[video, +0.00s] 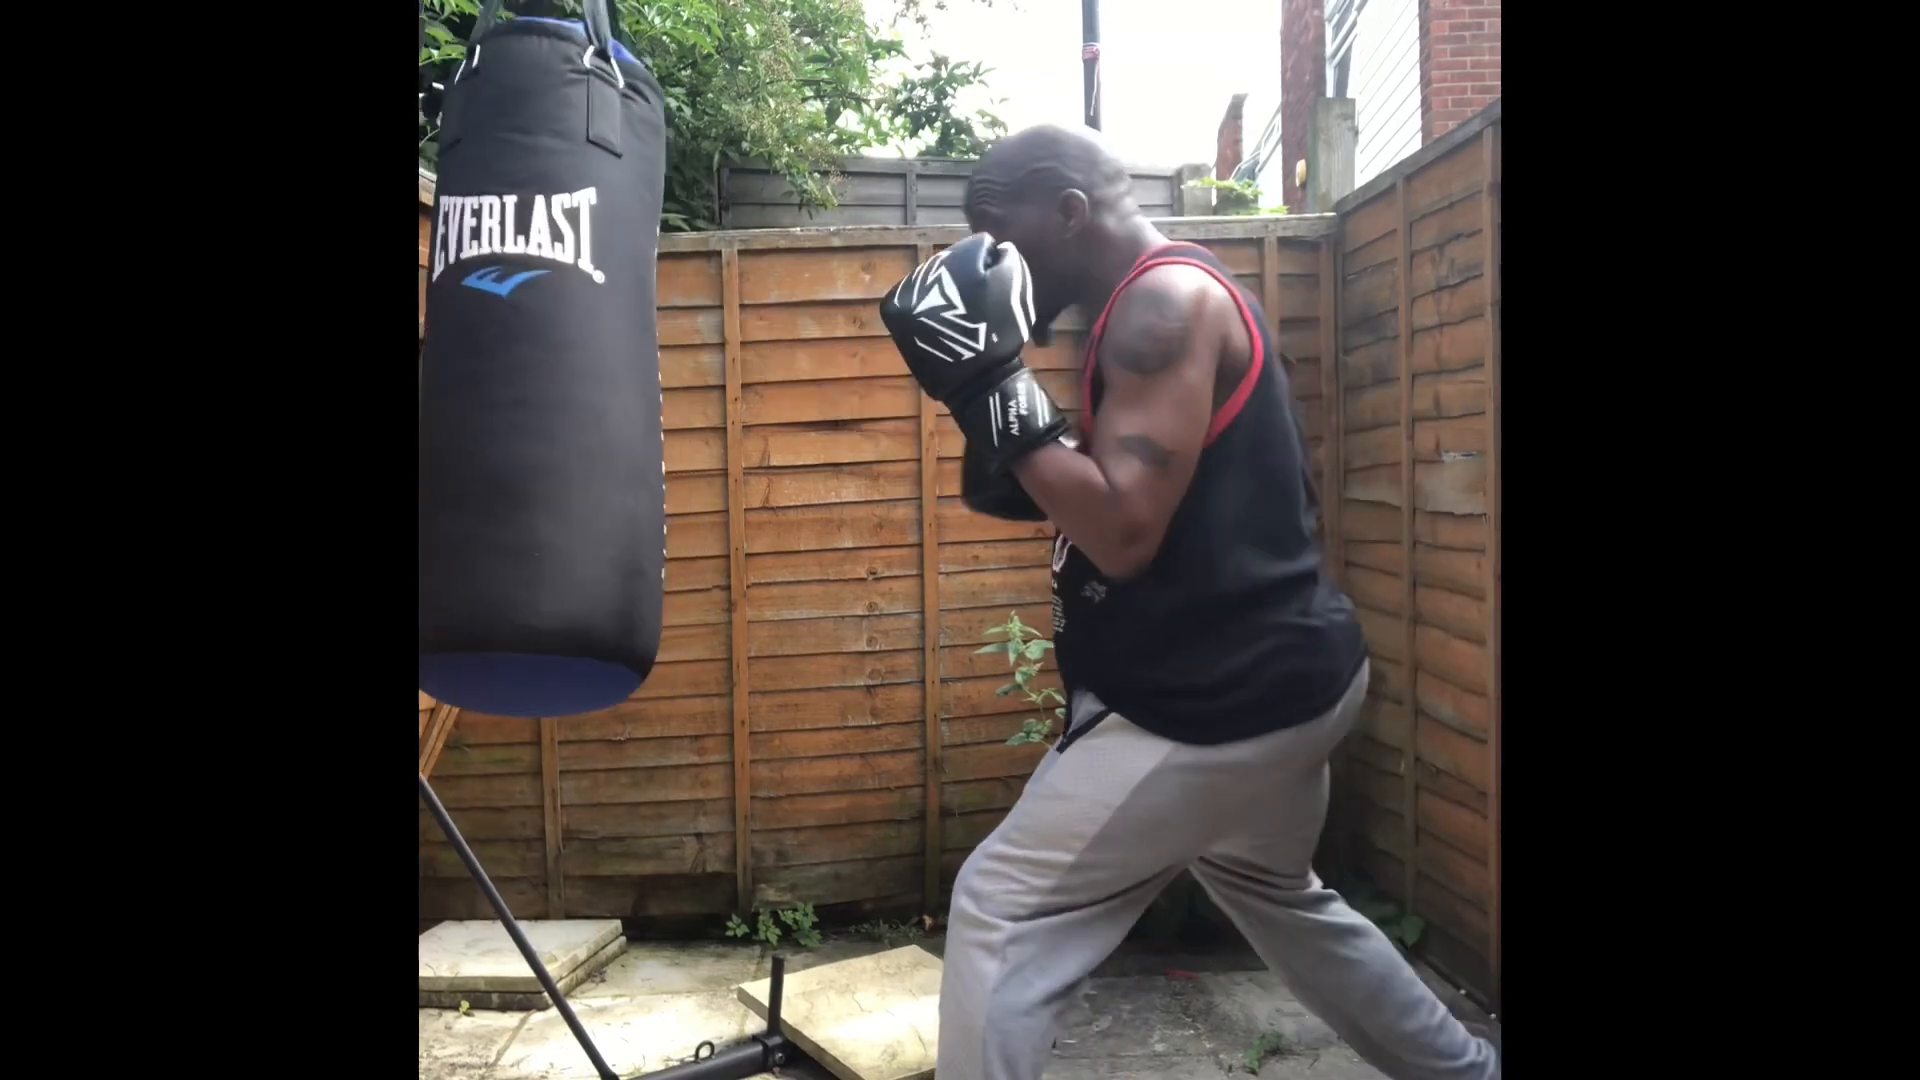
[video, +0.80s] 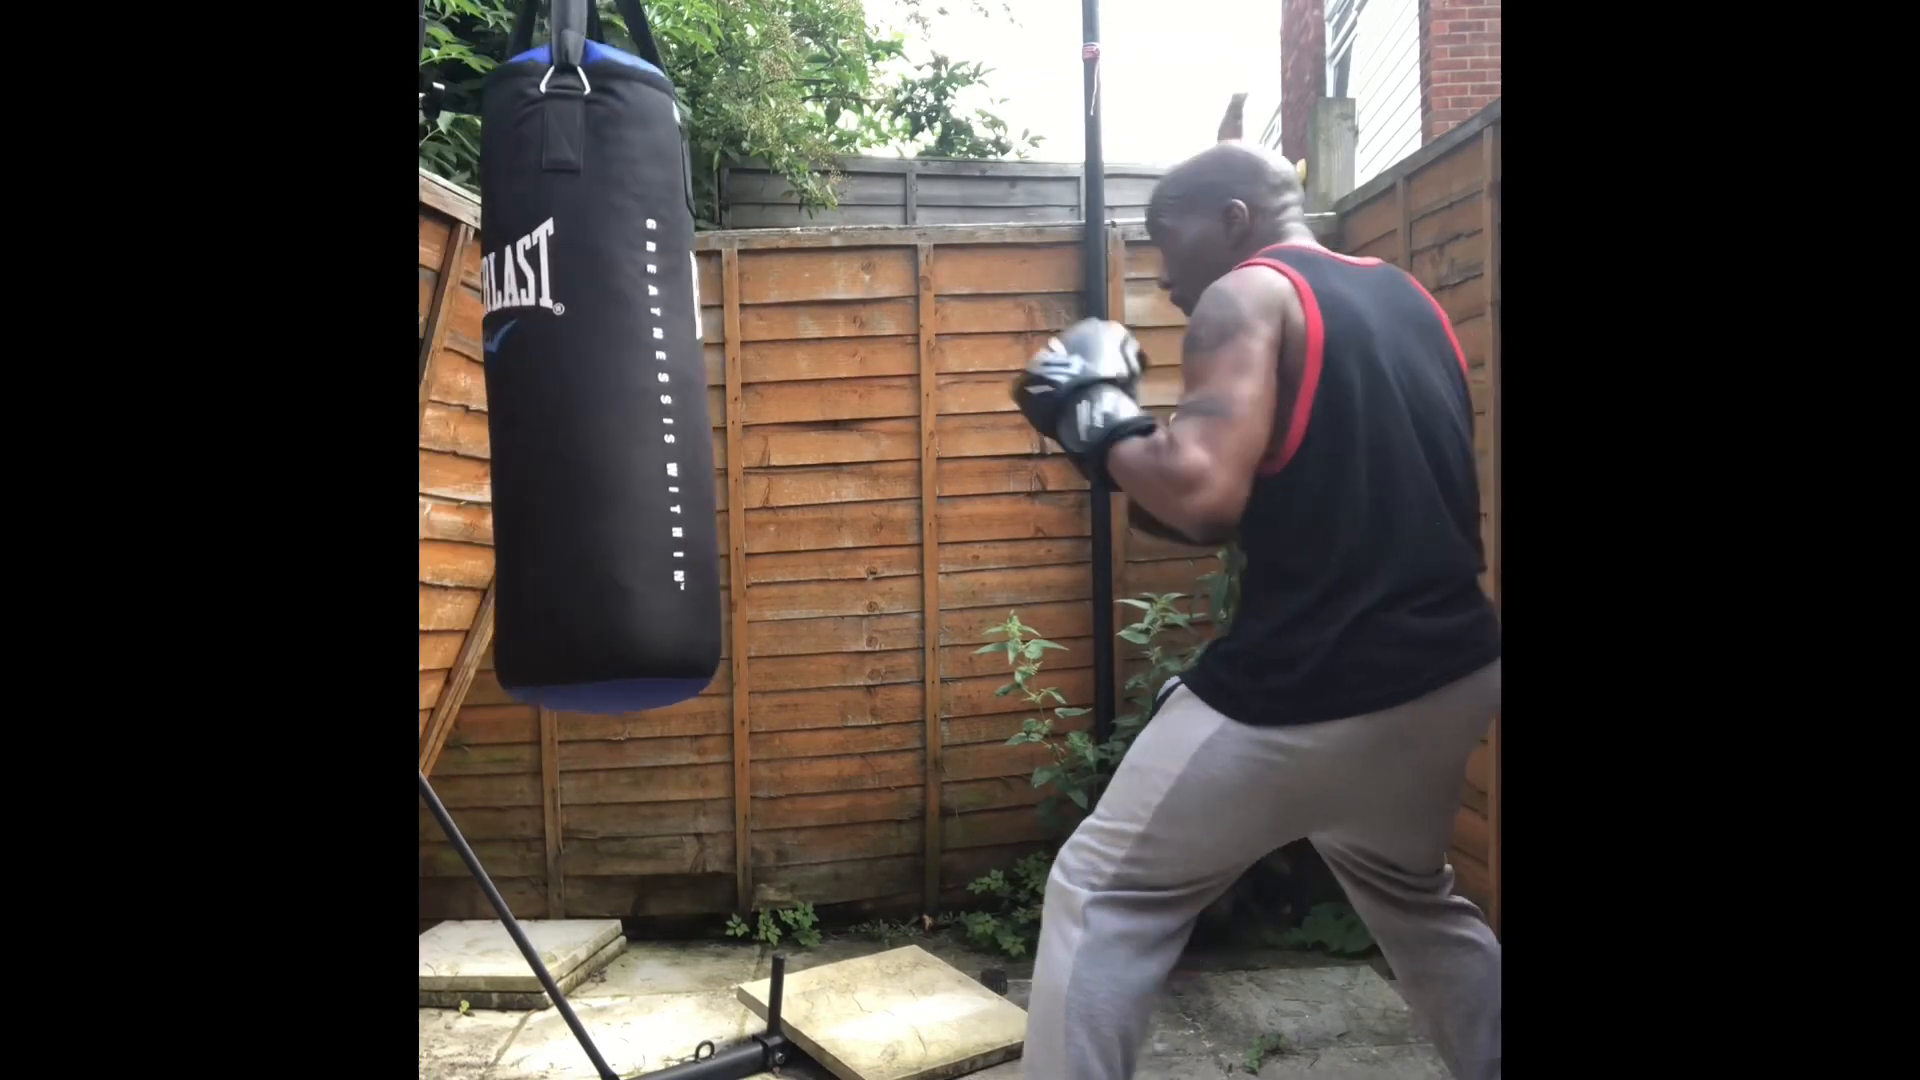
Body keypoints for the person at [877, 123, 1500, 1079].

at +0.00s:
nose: (988, 251)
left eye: (997, 223)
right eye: (981, 229)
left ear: (1074, 209)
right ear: (1086, 211)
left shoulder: (1165, 301)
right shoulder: (1151, 299)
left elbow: (1121, 530)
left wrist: (995, 387)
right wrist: (988, 411)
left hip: (1211, 697)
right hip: (1279, 680)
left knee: (998, 907)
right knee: (1270, 891)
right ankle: (1463, 1065)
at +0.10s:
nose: (1054, 280)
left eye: (1058, 249)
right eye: (1046, 257)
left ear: (1128, 219)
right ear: (1158, 217)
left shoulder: (1183, 304)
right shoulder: (1292, 287)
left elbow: (1124, 522)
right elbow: (1241, 480)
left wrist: (1020, 388)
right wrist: (1078, 385)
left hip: (1228, 702)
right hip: (1350, 674)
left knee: (1032, 909)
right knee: (1338, 899)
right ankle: (1470, 1068)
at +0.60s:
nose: (1143, 291)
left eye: (1139, 261)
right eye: (1131, 269)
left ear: (1200, 222)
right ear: (1213, 224)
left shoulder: (1281, 299)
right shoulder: (1320, 282)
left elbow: (1250, 516)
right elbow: (1257, 486)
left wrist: (1125, 402)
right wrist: (1132, 414)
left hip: (1315, 679)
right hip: (1409, 660)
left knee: (1122, 908)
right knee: (1367, 898)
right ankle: (1481, 1066)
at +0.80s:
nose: (1164, 273)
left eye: (1167, 243)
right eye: (1158, 248)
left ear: (1234, 221)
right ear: (1279, 218)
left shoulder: (1249, 294)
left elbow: (1201, 496)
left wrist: (1104, 418)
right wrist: (1104, 441)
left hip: (1296, 686)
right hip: (1452, 667)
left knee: (1105, 892)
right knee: (1409, 885)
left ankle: (1069, 1066)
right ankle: (1491, 1061)